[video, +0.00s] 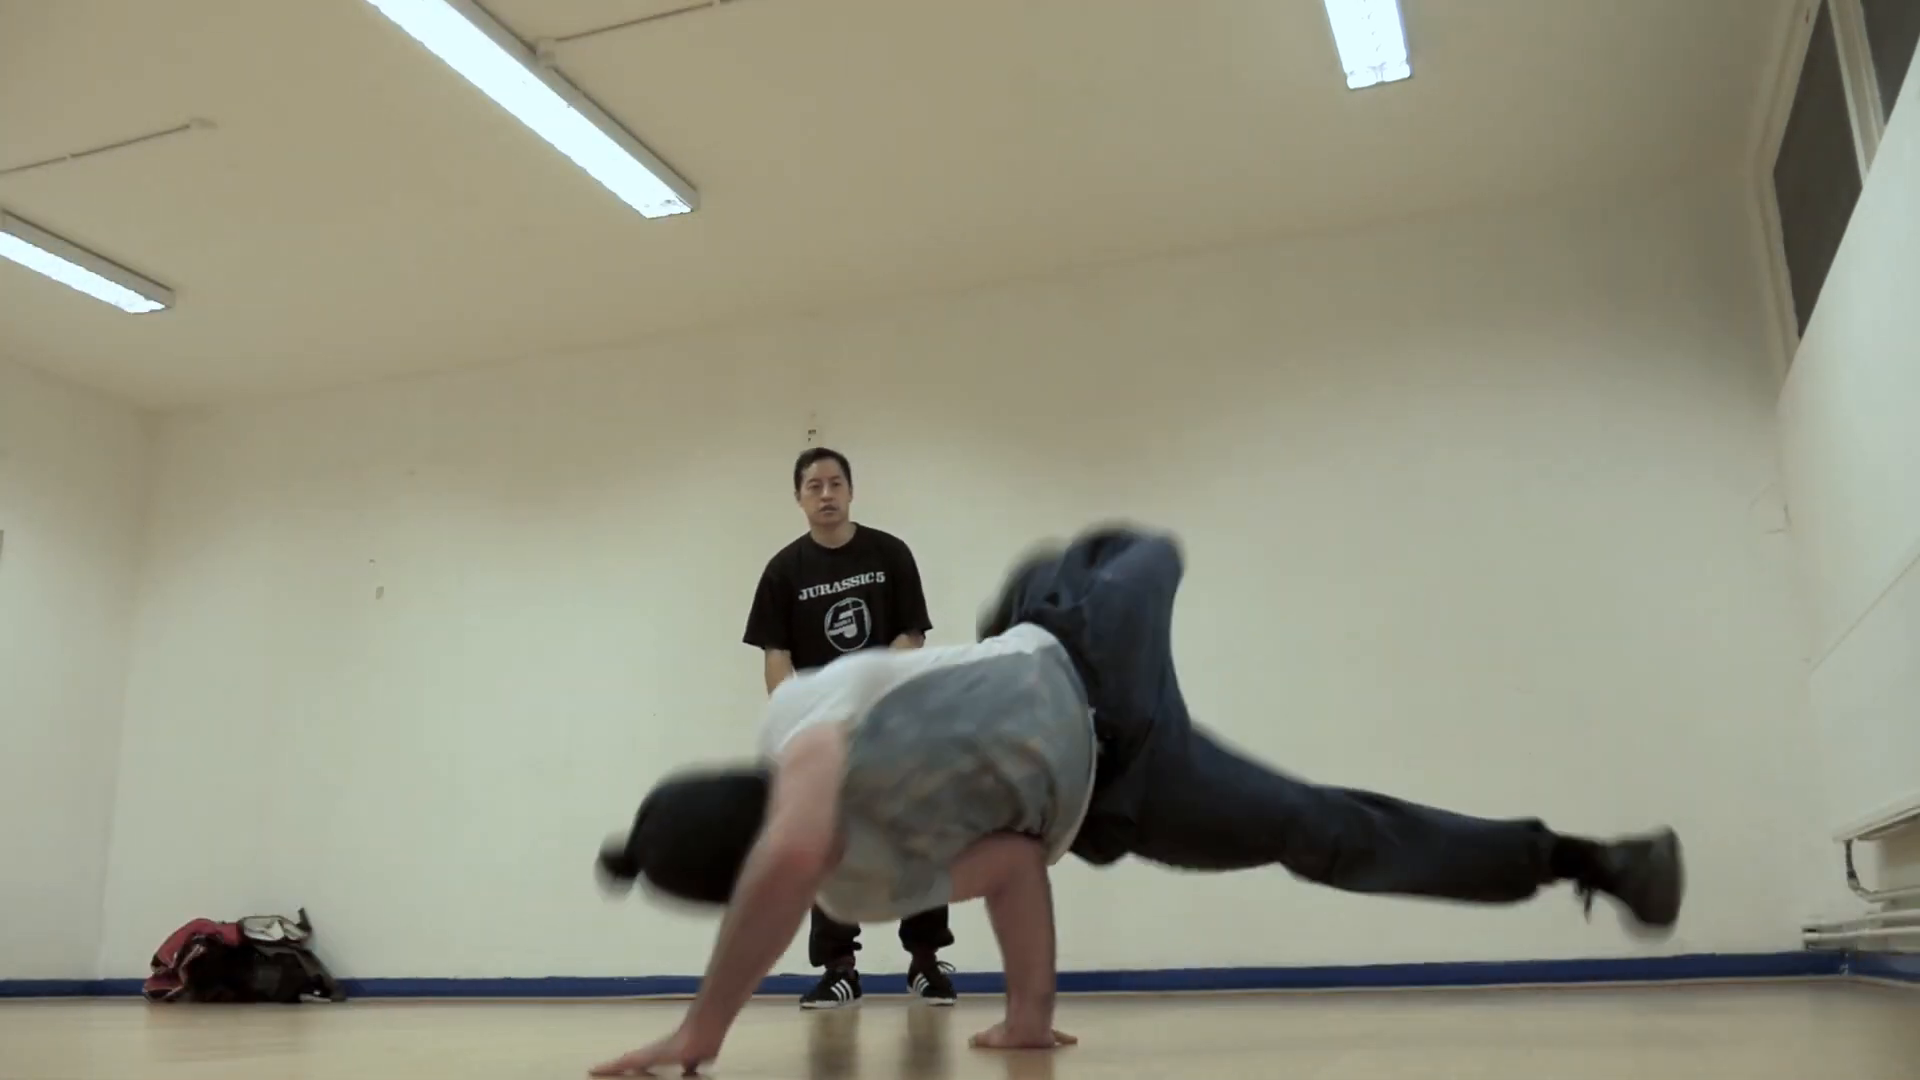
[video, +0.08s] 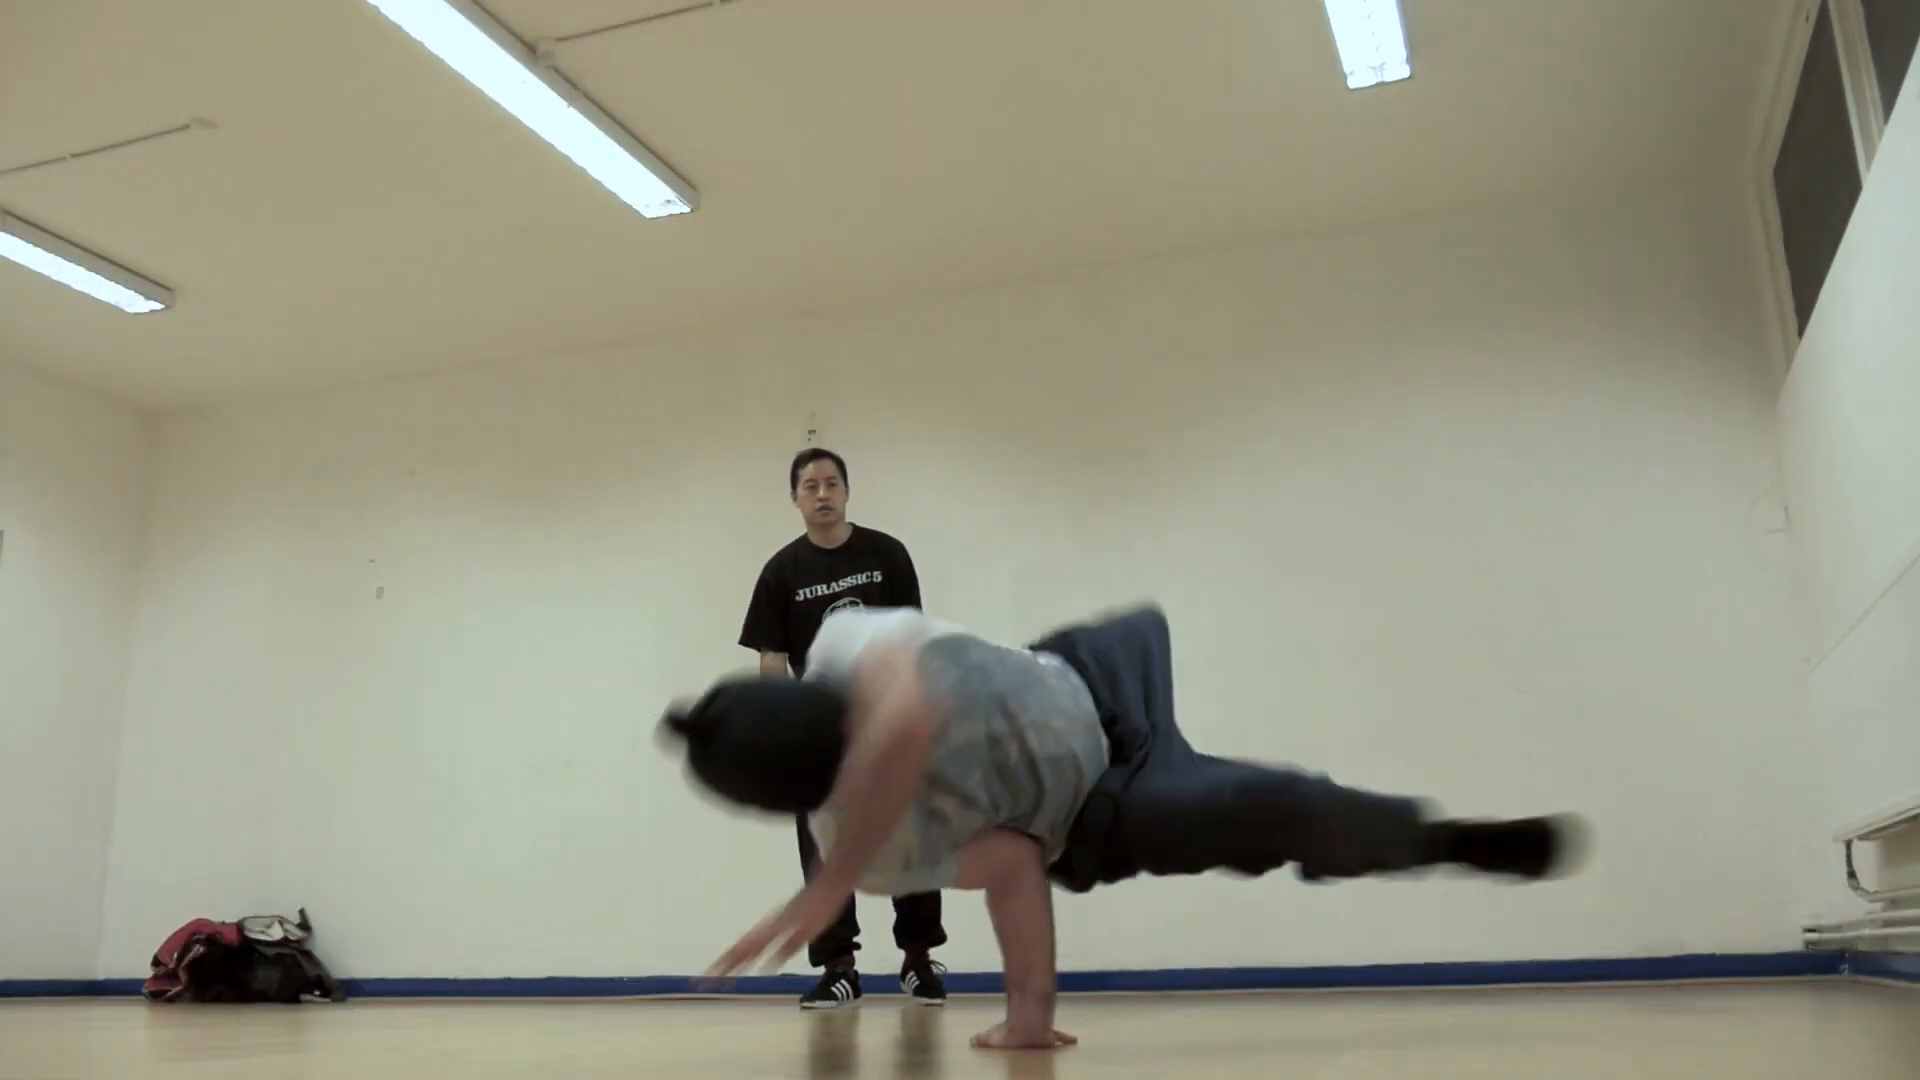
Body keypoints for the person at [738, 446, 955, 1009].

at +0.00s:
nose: (826, 494)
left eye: (835, 484)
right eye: (814, 486)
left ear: (851, 491)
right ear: (798, 497)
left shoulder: (891, 554)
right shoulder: (783, 571)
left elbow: (911, 640)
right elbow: (777, 663)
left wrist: (881, 701)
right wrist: (799, 732)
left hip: (900, 712)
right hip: (821, 727)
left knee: (923, 827)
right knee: (829, 841)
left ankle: (927, 959)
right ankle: (836, 967)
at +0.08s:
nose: (822, 494)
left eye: (831, 484)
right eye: (811, 486)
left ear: (847, 491)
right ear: (794, 498)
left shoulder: (888, 555)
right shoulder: (781, 572)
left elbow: (914, 640)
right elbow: (771, 663)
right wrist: (795, 731)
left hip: (897, 711)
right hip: (816, 729)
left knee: (921, 833)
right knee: (825, 843)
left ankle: (920, 959)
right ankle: (838, 967)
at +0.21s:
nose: (823, 493)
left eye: (831, 484)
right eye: (811, 487)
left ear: (847, 493)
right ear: (795, 500)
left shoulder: (885, 554)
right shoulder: (780, 573)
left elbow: (926, 635)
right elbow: (768, 662)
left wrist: (925, 716)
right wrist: (767, 735)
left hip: (896, 719)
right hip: (819, 724)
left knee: (908, 840)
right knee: (824, 849)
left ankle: (916, 956)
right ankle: (838, 969)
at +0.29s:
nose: (827, 494)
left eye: (835, 485)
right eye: (816, 488)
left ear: (851, 494)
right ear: (799, 501)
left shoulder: (892, 557)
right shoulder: (785, 573)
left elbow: (931, 638)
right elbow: (769, 662)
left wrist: (926, 715)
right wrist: (765, 736)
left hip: (894, 729)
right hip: (823, 736)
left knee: (909, 843)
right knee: (825, 854)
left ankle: (917, 949)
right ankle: (839, 969)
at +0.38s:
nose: (834, 496)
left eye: (841, 487)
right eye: (822, 489)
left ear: (857, 497)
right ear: (805, 503)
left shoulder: (896, 560)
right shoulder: (790, 574)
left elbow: (926, 644)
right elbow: (772, 660)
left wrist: (923, 714)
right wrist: (764, 736)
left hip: (896, 732)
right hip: (826, 737)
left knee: (913, 840)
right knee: (826, 853)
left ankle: (919, 946)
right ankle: (839, 969)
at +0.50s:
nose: (846, 500)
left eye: (854, 492)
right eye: (834, 493)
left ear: (870, 503)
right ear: (818, 506)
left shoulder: (906, 564)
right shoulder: (801, 577)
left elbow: (939, 644)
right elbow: (780, 661)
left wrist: (946, 715)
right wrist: (770, 736)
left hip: (903, 730)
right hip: (832, 736)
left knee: (917, 844)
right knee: (829, 850)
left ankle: (925, 959)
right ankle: (839, 967)